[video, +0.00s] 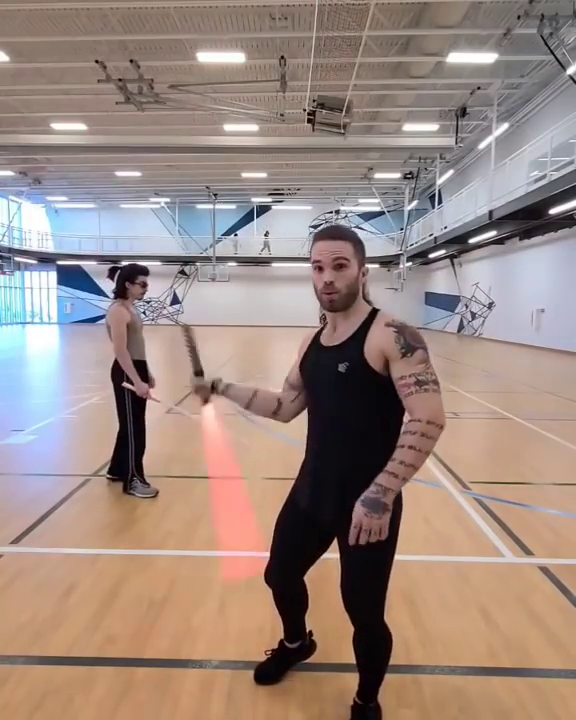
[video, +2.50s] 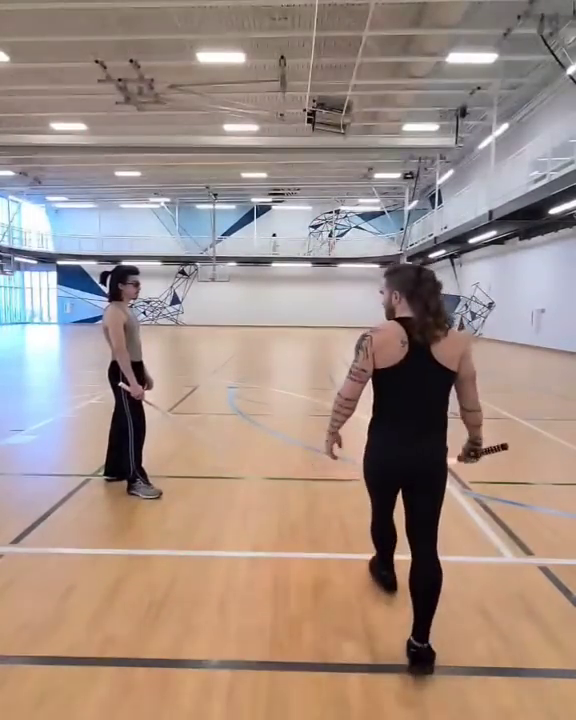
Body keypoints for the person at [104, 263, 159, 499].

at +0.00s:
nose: (145, 289)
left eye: (146, 285)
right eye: (141, 284)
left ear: (137, 287)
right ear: (127, 284)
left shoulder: (131, 310)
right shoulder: (118, 312)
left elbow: (136, 347)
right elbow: (120, 351)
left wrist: (147, 373)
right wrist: (136, 381)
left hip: (136, 369)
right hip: (125, 371)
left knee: (130, 425)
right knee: (134, 428)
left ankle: (117, 468)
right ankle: (133, 479)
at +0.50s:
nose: (144, 289)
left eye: (145, 285)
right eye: (140, 285)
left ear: (133, 287)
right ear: (126, 285)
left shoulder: (131, 309)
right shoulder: (117, 313)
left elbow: (135, 347)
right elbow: (120, 354)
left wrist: (147, 372)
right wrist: (130, 387)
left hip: (134, 370)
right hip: (125, 373)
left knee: (125, 424)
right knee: (136, 426)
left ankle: (116, 469)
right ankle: (133, 479)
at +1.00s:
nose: (138, 289)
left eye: (139, 285)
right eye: (134, 285)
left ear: (129, 287)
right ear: (120, 286)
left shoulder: (124, 310)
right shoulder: (113, 312)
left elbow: (130, 347)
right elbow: (118, 350)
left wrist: (139, 378)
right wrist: (131, 381)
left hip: (132, 368)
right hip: (123, 371)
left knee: (123, 422)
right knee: (135, 425)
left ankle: (115, 468)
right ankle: (135, 479)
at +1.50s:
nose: (137, 288)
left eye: (138, 284)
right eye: (133, 284)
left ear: (130, 287)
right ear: (119, 286)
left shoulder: (125, 310)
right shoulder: (113, 312)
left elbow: (133, 346)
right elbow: (119, 350)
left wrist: (147, 372)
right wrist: (133, 381)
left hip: (132, 369)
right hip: (123, 371)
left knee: (122, 421)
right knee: (136, 424)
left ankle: (114, 468)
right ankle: (136, 480)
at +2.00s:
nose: (137, 288)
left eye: (138, 284)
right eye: (133, 284)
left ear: (132, 287)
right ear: (119, 286)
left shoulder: (125, 310)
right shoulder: (114, 312)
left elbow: (132, 346)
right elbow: (119, 351)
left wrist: (141, 375)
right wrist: (132, 382)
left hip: (132, 369)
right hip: (123, 372)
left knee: (122, 422)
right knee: (136, 425)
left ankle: (114, 468)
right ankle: (136, 479)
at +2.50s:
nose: (137, 289)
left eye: (138, 285)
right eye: (133, 285)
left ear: (133, 287)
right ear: (119, 286)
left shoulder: (126, 310)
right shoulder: (114, 313)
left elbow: (133, 347)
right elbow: (119, 351)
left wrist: (144, 373)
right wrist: (132, 381)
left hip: (131, 369)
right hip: (123, 372)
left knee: (122, 421)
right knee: (136, 424)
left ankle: (114, 468)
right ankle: (135, 479)